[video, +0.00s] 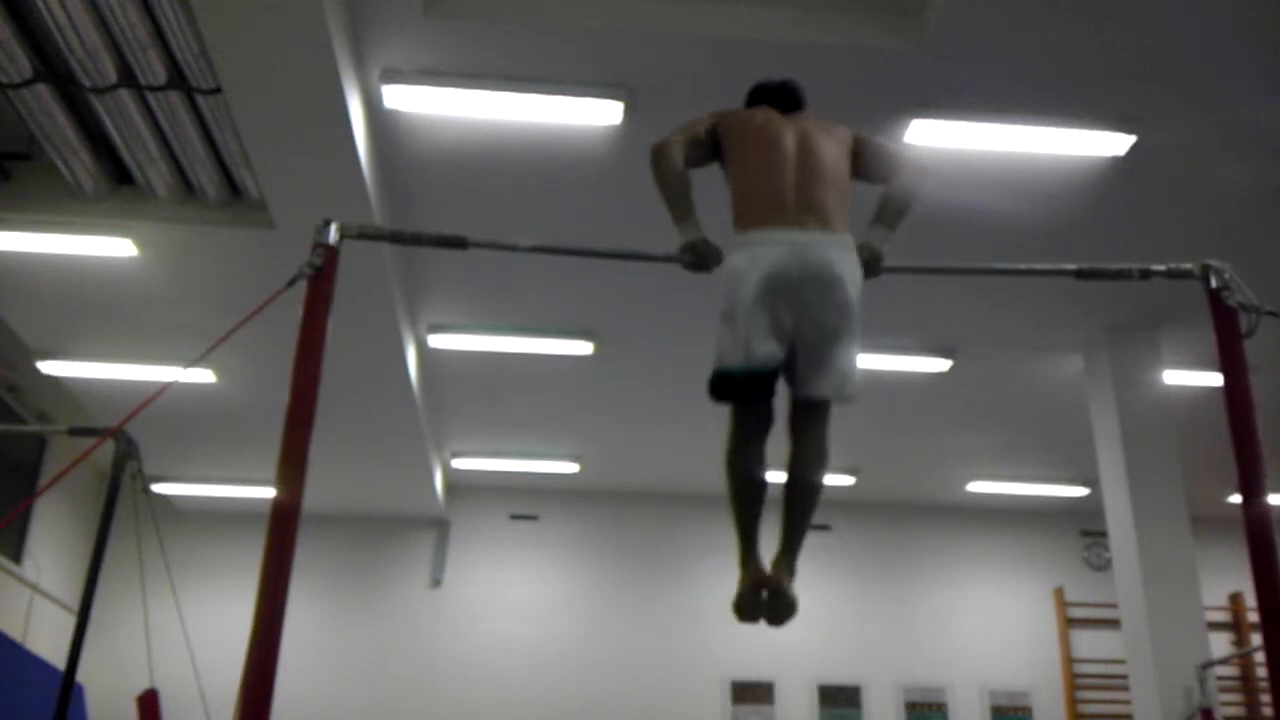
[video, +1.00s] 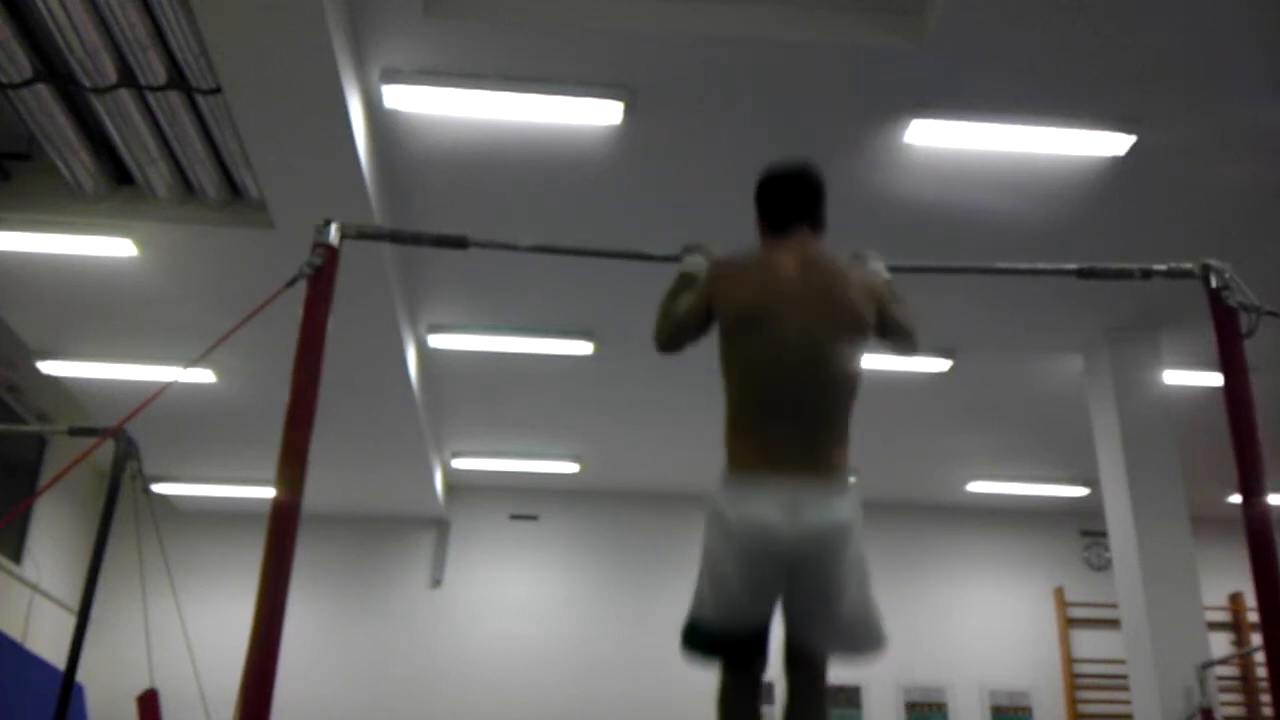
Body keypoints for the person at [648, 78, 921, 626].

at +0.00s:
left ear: (749, 108)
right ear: (805, 109)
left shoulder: (732, 124)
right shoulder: (838, 135)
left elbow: (667, 152)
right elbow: (906, 178)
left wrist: (688, 232)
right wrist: (876, 241)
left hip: (757, 257)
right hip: (831, 258)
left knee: (749, 425)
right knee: (811, 427)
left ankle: (752, 569)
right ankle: (785, 573)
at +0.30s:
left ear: (753, 34)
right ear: (807, 36)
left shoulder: (725, 55)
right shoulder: (838, 58)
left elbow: (699, 141)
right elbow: (862, 146)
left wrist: (694, 219)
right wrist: (871, 223)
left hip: (751, 152)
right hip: (830, 153)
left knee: (758, 326)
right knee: (822, 333)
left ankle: (770, 470)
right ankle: (807, 470)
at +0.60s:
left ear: (748, 84)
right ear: (806, 84)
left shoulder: (729, 100)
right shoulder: (835, 107)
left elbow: (674, 151)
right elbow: (899, 169)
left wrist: (691, 236)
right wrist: (873, 239)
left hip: (755, 235)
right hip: (833, 237)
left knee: (762, 412)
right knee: (830, 407)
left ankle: (783, 574)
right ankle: (823, 565)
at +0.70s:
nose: (757, 102)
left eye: (753, 94)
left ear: (747, 93)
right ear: (806, 93)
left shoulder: (728, 116)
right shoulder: (841, 126)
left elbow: (670, 162)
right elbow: (910, 177)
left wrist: (691, 237)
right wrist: (871, 246)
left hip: (757, 276)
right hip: (832, 278)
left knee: (759, 463)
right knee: (828, 461)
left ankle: (777, 627)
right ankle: (816, 624)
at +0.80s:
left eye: (761, 108)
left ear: (753, 109)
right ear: (813, 109)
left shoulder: (731, 148)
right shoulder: (847, 158)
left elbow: (674, 221)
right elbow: (910, 229)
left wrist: (707, 250)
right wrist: (859, 254)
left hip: (759, 335)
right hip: (835, 338)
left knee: (756, 515)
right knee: (823, 515)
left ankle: (766, 684)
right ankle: (806, 688)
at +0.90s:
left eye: (763, 152)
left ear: (755, 152)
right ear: (819, 153)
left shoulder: (731, 207)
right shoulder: (853, 213)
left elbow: (669, 297)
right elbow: (915, 303)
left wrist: (713, 243)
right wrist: (869, 248)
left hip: (752, 424)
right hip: (831, 427)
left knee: (748, 596)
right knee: (817, 594)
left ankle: (751, 715)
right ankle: (805, 717)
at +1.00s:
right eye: (809, 216)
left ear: (759, 218)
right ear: (821, 218)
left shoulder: (730, 280)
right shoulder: (851, 287)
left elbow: (669, 335)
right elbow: (904, 335)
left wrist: (689, 274)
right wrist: (878, 279)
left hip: (748, 510)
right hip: (824, 512)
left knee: (740, 672)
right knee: (809, 672)